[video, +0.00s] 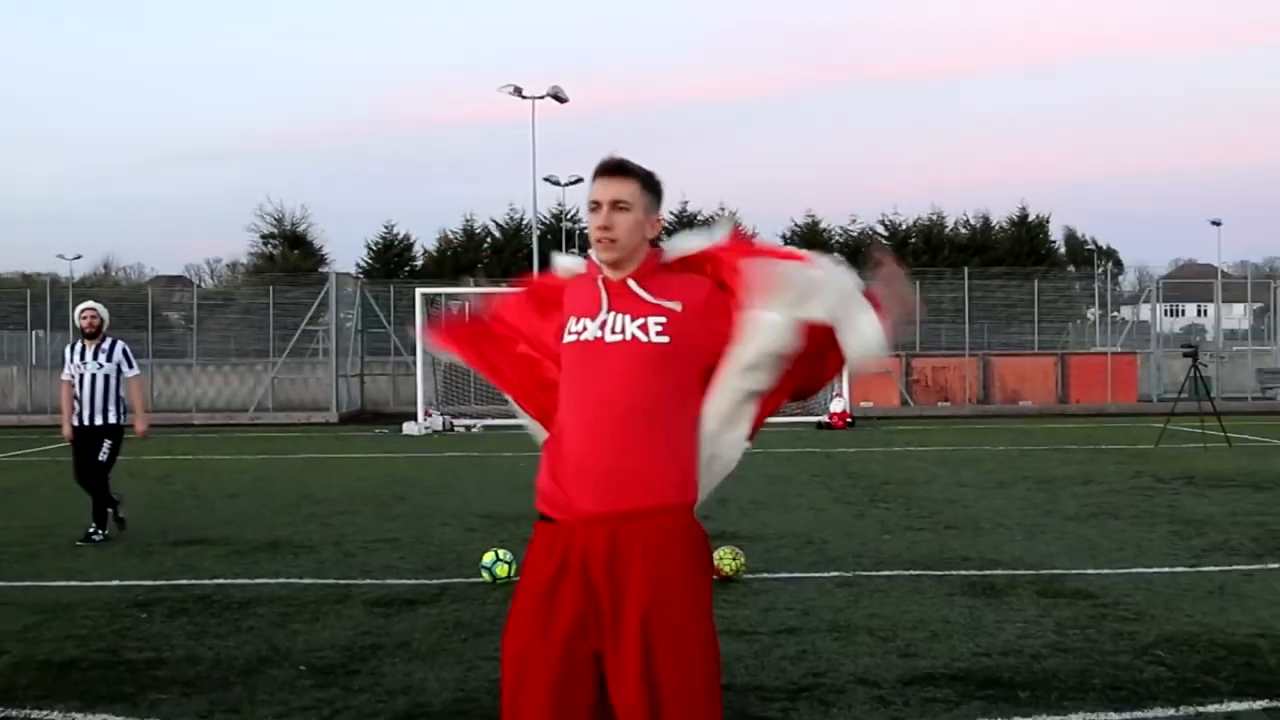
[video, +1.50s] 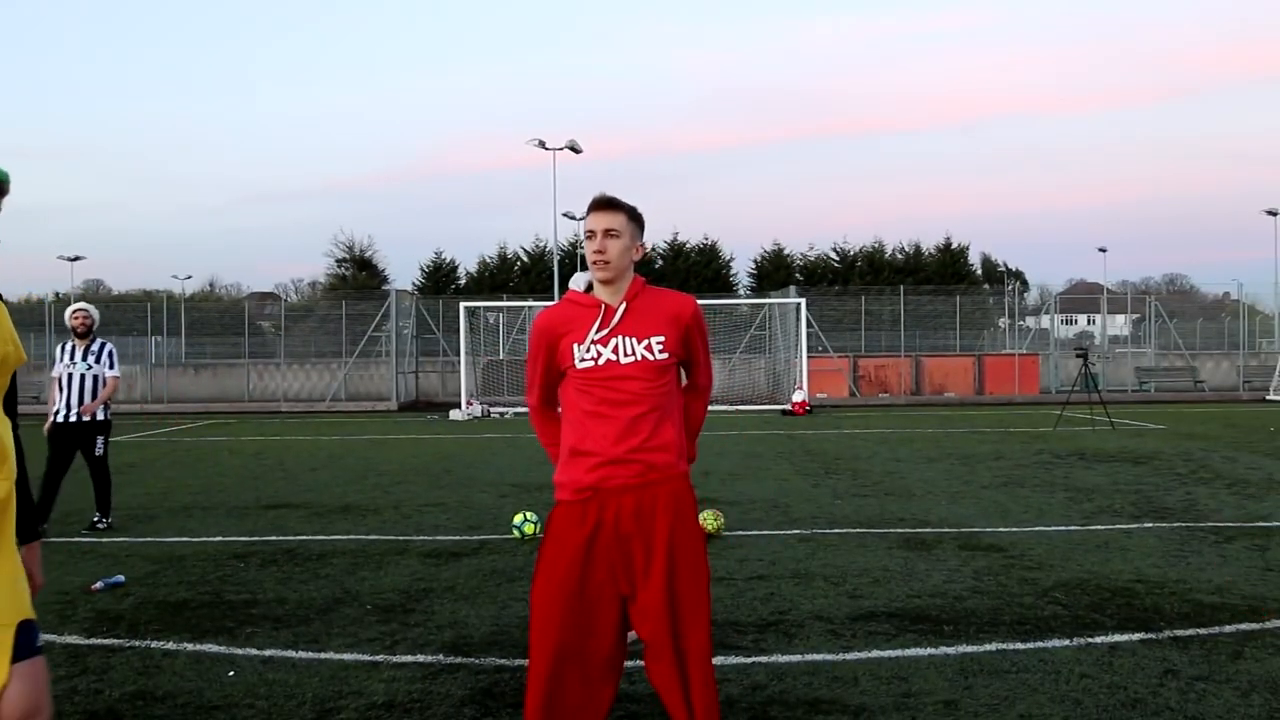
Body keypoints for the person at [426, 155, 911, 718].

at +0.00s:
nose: (603, 221)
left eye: (621, 208)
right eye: (595, 207)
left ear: (655, 222)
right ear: (585, 217)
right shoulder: (561, 297)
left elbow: (789, 366)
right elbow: (468, 323)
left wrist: (863, 310)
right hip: (561, 537)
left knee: (671, 699)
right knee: (536, 699)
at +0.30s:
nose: (604, 245)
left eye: (618, 234)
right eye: (597, 234)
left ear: (645, 245)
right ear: (588, 244)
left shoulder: (684, 310)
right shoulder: (581, 315)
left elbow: (706, 397)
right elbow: (602, 403)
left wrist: (702, 488)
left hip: (660, 502)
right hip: (585, 502)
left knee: (675, 651)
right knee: (560, 652)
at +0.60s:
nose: (612, 244)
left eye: (626, 233)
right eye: (604, 234)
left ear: (652, 247)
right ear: (596, 245)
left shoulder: (690, 313)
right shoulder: (571, 316)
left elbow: (716, 392)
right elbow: (581, 399)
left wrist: (700, 456)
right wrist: (593, 458)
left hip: (663, 502)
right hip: (585, 502)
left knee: (678, 646)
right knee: (559, 648)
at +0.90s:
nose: (610, 246)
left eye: (624, 236)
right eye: (602, 236)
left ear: (650, 248)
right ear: (594, 246)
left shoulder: (689, 315)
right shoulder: (565, 318)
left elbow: (698, 414)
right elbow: (574, 415)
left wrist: (687, 486)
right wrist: (602, 473)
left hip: (666, 503)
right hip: (587, 505)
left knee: (683, 653)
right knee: (555, 653)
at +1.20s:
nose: (604, 248)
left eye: (617, 238)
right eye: (597, 238)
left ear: (644, 249)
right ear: (590, 247)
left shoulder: (686, 313)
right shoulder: (558, 319)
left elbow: (694, 405)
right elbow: (561, 408)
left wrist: (664, 467)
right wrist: (591, 466)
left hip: (665, 504)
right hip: (584, 508)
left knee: (681, 654)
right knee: (557, 656)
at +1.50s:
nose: (597, 246)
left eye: (611, 236)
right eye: (591, 237)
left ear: (638, 249)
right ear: (582, 248)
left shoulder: (680, 311)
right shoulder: (553, 321)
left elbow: (699, 386)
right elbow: (540, 404)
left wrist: (677, 454)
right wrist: (571, 463)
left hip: (662, 500)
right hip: (581, 506)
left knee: (679, 645)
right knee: (559, 648)